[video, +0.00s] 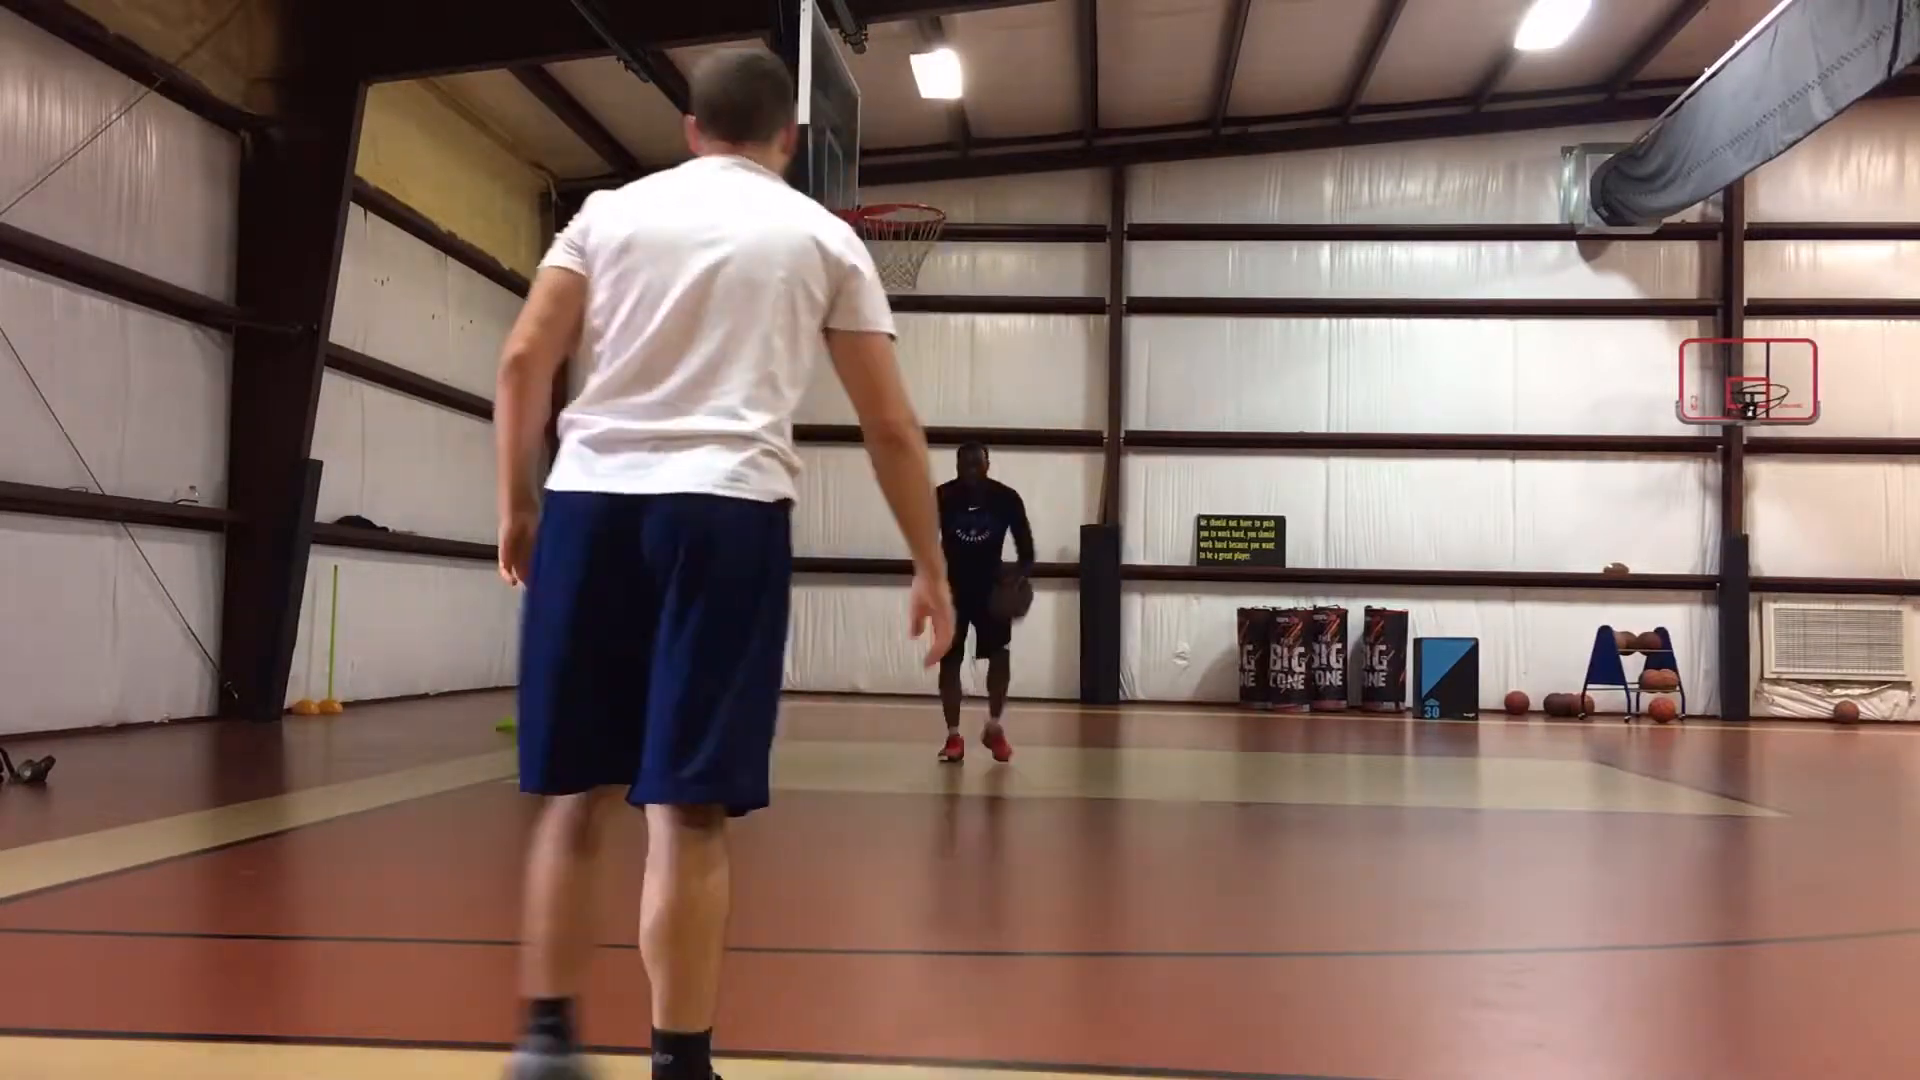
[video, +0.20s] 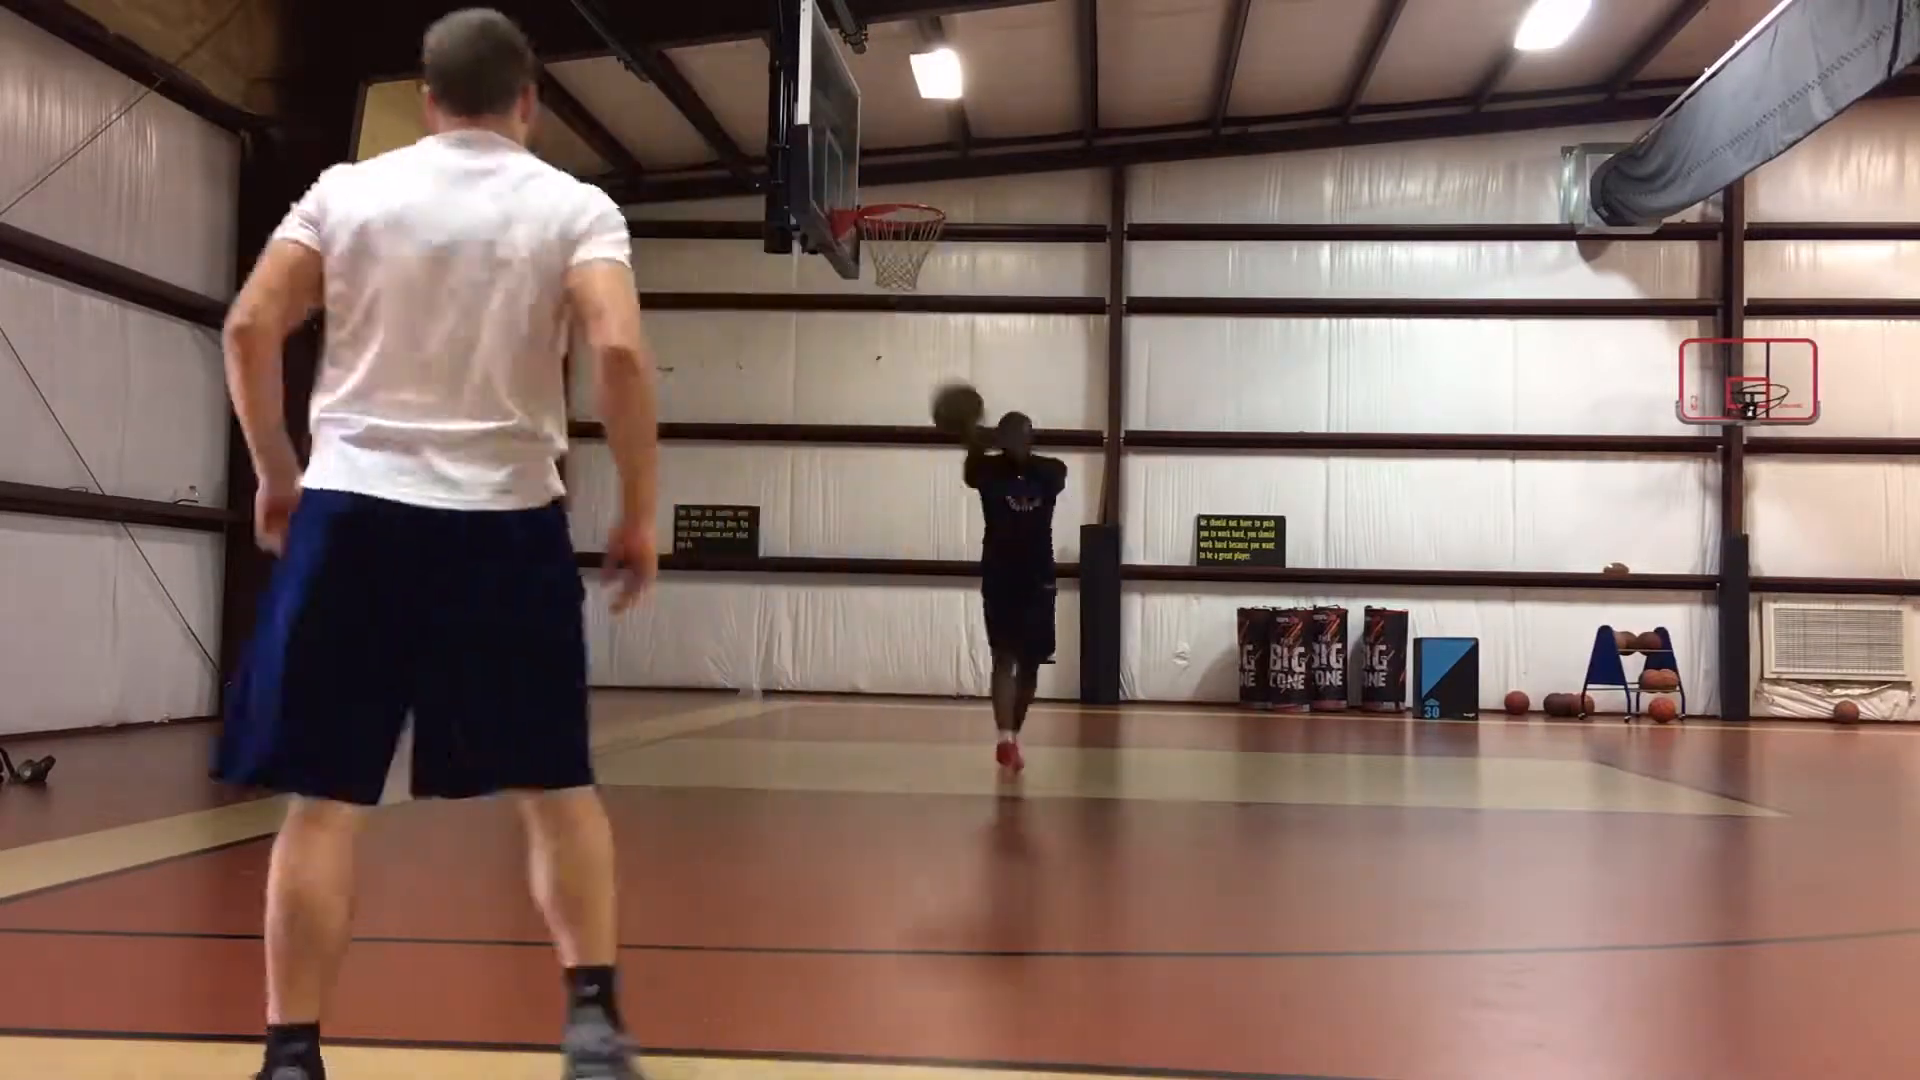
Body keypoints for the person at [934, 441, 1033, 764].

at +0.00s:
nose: (972, 471)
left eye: (977, 465)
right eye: (967, 465)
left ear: (987, 464)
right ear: (958, 466)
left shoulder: (1006, 498)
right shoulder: (942, 496)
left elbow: (1026, 550)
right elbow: (927, 540)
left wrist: (1018, 577)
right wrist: (932, 580)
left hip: (991, 590)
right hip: (952, 588)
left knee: (1000, 657)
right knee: (950, 662)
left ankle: (994, 725)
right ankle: (953, 735)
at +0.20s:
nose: (1014, 440)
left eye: (1018, 431)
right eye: (1009, 432)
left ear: (1029, 436)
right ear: (1004, 439)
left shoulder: (1053, 470)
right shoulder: (989, 470)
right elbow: (971, 476)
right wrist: (976, 442)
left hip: (1036, 575)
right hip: (1001, 574)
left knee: (1026, 662)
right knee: (1006, 658)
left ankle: (1010, 735)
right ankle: (1007, 736)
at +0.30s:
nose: (1024, 432)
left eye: (1028, 424)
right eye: (1018, 425)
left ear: (1038, 427)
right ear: (1008, 431)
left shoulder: (1066, 465)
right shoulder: (996, 471)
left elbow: (1081, 516)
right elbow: (989, 516)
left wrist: (1078, 550)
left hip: (1061, 577)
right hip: (1018, 578)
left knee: (1077, 654)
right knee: (1018, 662)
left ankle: (1064, 722)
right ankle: (1019, 745)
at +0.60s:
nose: (1097, 436)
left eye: (1106, 430)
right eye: (1095, 429)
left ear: (1121, 436)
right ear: (1088, 432)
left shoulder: (1138, 476)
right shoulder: (1079, 469)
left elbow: (1153, 543)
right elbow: (1068, 523)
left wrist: (1156, 603)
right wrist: (1043, 571)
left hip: (1123, 587)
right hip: (1080, 584)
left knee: (1130, 668)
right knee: (1063, 665)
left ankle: (1132, 752)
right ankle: (1042, 750)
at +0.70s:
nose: (1110, 435)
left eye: (1117, 429)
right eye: (1107, 428)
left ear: (1132, 435)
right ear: (1100, 431)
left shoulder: (1145, 474)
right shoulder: (1091, 466)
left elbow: (1154, 533)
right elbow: (1087, 522)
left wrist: (1154, 588)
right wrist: (1072, 568)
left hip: (1128, 583)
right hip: (1087, 581)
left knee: (1133, 667)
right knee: (1069, 663)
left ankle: (1132, 751)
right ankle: (1051, 748)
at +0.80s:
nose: (1112, 436)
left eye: (1122, 431)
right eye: (1111, 429)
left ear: (1139, 437)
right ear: (1107, 430)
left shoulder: (1149, 472)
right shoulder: (1101, 468)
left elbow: (1159, 525)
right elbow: (1098, 525)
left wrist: (1139, 565)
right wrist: (1079, 564)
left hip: (1130, 580)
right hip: (1093, 576)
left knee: (1134, 665)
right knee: (1070, 657)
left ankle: (1132, 751)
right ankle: (1078, 744)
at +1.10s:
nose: (1124, 439)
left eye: (1132, 434)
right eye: (1123, 432)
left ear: (1150, 439)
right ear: (1119, 435)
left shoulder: (1159, 474)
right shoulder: (1117, 473)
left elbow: (1159, 529)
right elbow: (1109, 527)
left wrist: (1115, 551)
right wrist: (1089, 575)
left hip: (1139, 580)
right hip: (1113, 579)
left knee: (1136, 665)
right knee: (1124, 665)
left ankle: (1135, 748)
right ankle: (1162, 733)